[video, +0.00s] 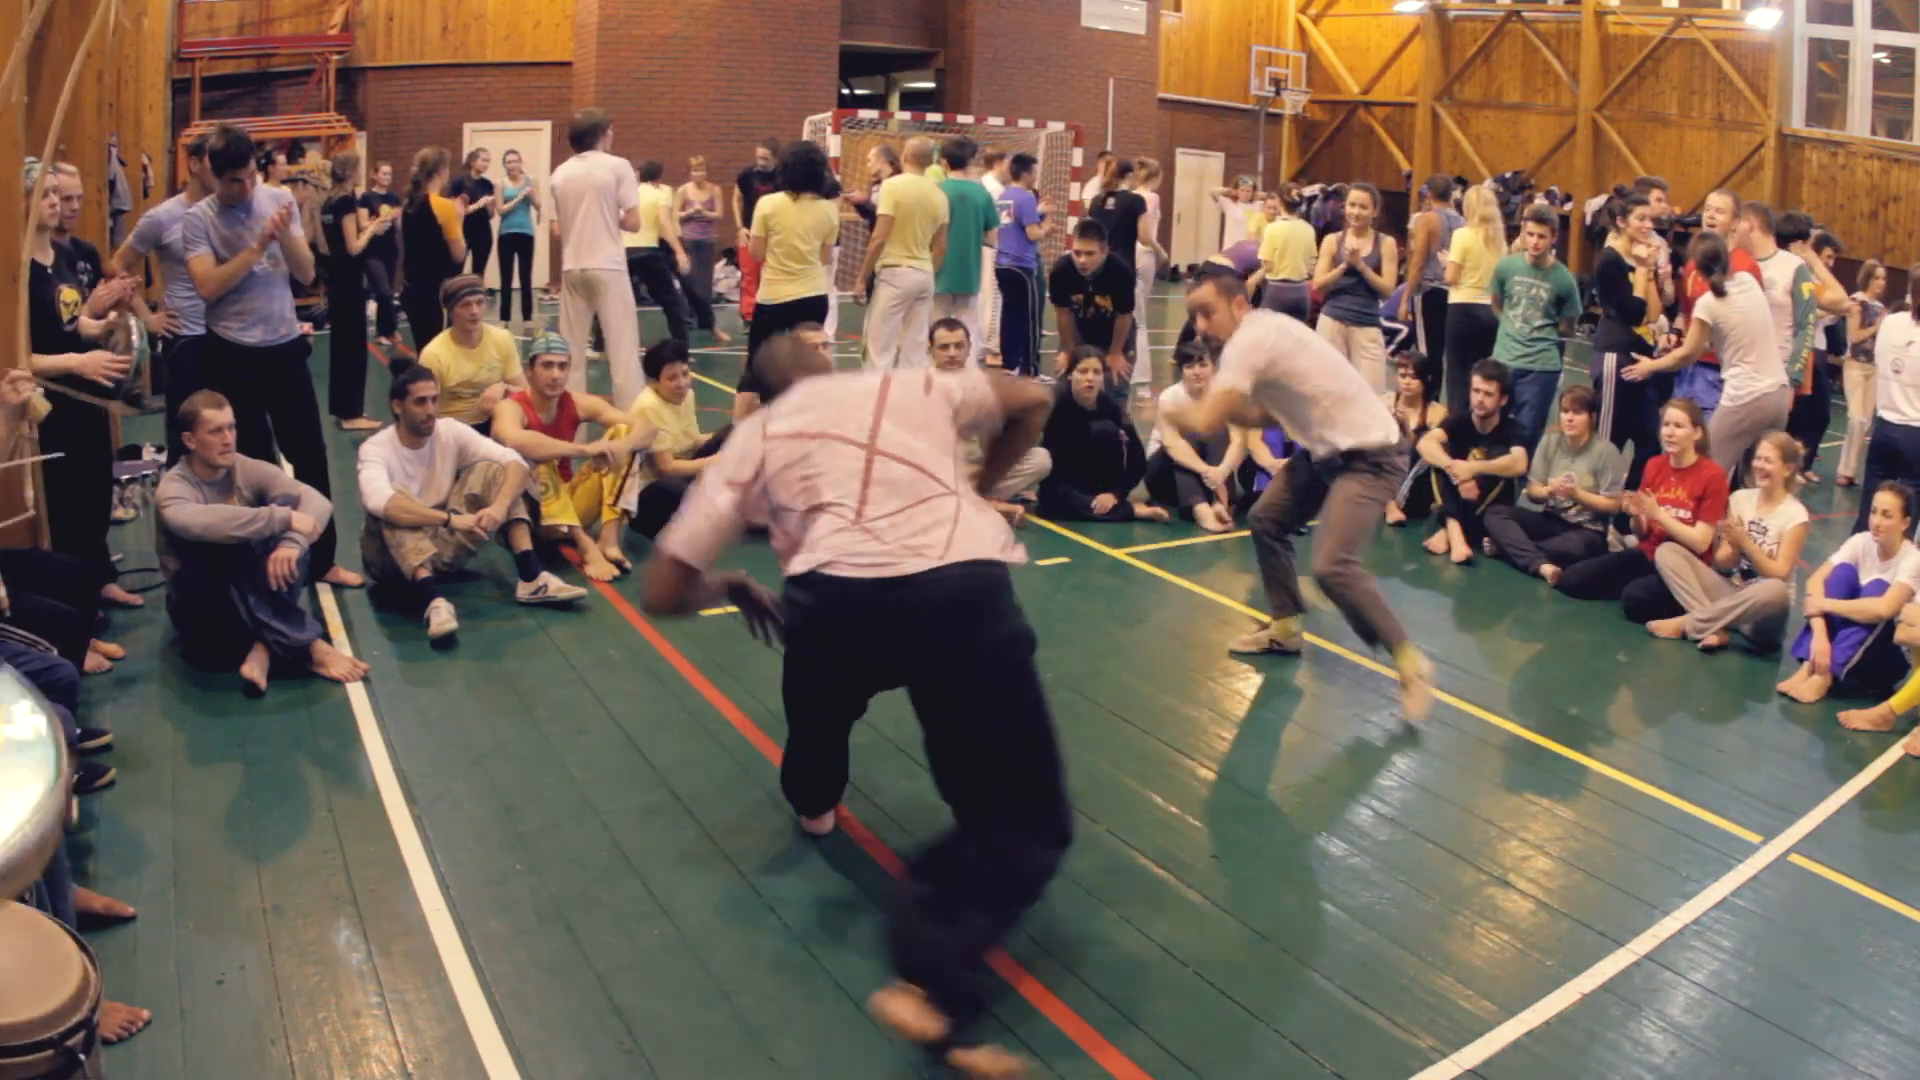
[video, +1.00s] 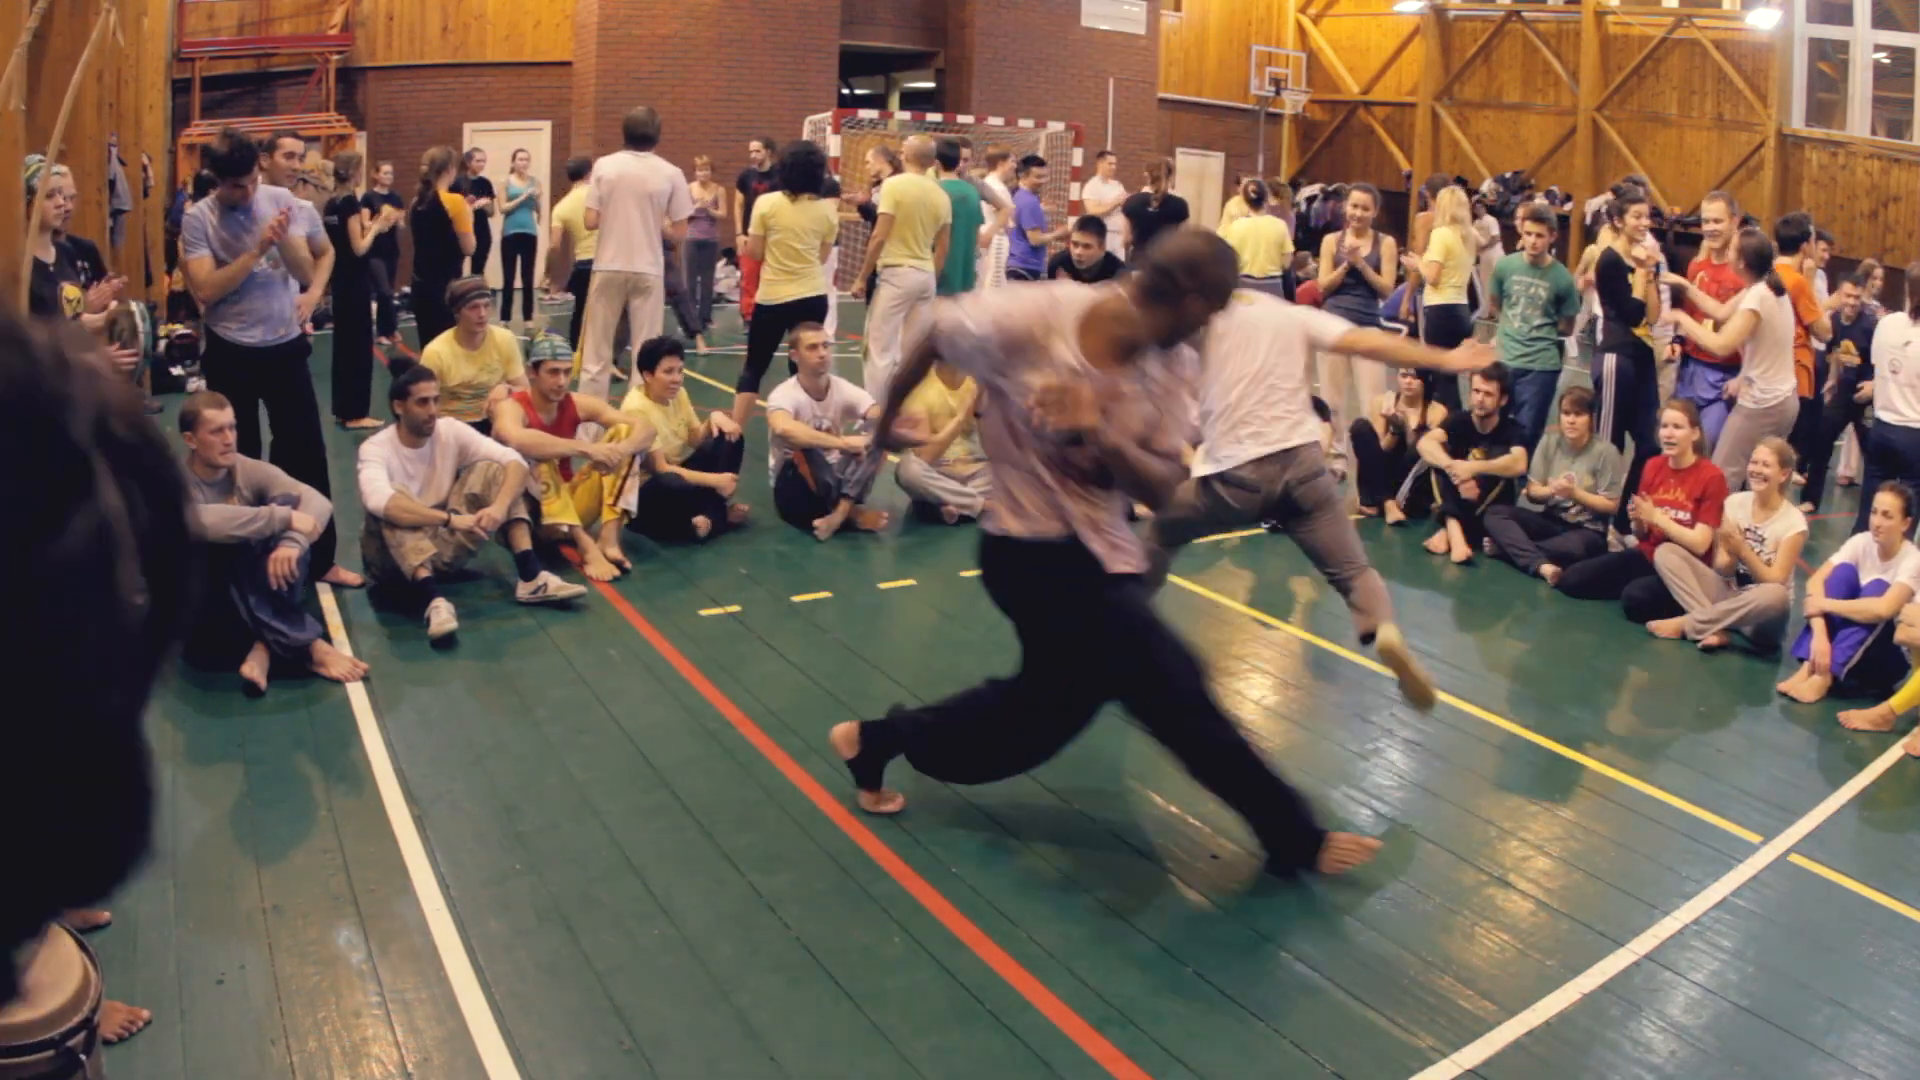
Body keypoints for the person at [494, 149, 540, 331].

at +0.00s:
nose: (512, 165)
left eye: (515, 161)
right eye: (509, 162)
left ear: (521, 163)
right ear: (504, 165)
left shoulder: (529, 182)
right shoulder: (501, 184)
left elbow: (538, 205)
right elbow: (500, 209)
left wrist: (530, 194)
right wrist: (519, 197)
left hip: (525, 231)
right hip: (507, 231)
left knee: (525, 278)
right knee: (506, 279)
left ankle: (527, 318)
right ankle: (505, 319)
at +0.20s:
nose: (515, 163)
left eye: (518, 159)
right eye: (511, 160)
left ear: (523, 161)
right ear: (506, 163)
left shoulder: (530, 181)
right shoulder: (501, 182)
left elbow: (538, 205)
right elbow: (500, 209)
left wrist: (534, 197)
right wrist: (517, 197)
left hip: (526, 231)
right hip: (507, 231)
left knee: (526, 279)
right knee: (506, 279)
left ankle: (527, 318)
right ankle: (505, 319)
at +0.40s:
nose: (519, 163)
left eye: (522, 159)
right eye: (515, 159)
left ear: (526, 162)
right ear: (509, 162)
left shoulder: (531, 181)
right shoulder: (502, 182)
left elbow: (538, 206)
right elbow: (500, 207)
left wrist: (533, 195)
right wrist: (518, 196)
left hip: (527, 230)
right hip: (508, 230)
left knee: (527, 277)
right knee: (507, 278)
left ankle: (528, 318)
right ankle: (505, 319)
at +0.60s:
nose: (521, 162)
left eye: (523, 159)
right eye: (517, 159)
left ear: (527, 161)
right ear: (511, 162)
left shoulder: (532, 181)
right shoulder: (503, 181)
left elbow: (540, 206)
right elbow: (502, 206)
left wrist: (534, 197)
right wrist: (524, 199)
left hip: (527, 230)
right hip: (509, 230)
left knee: (527, 279)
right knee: (507, 279)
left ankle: (528, 319)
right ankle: (505, 319)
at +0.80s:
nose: (523, 162)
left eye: (525, 159)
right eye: (519, 159)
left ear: (529, 162)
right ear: (512, 161)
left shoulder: (533, 181)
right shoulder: (505, 181)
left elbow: (538, 209)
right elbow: (501, 206)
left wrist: (537, 199)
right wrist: (519, 197)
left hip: (528, 230)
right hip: (510, 230)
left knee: (527, 279)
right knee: (508, 279)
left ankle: (528, 319)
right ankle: (505, 319)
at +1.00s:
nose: (523, 163)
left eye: (526, 159)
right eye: (520, 159)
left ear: (530, 162)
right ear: (513, 162)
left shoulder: (534, 182)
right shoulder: (506, 182)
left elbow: (539, 210)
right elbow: (503, 207)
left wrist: (537, 199)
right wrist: (523, 197)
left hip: (529, 231)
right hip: (511, 231)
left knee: (528, 279)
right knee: (509, 278)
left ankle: (528, 319)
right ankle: (505, 318)